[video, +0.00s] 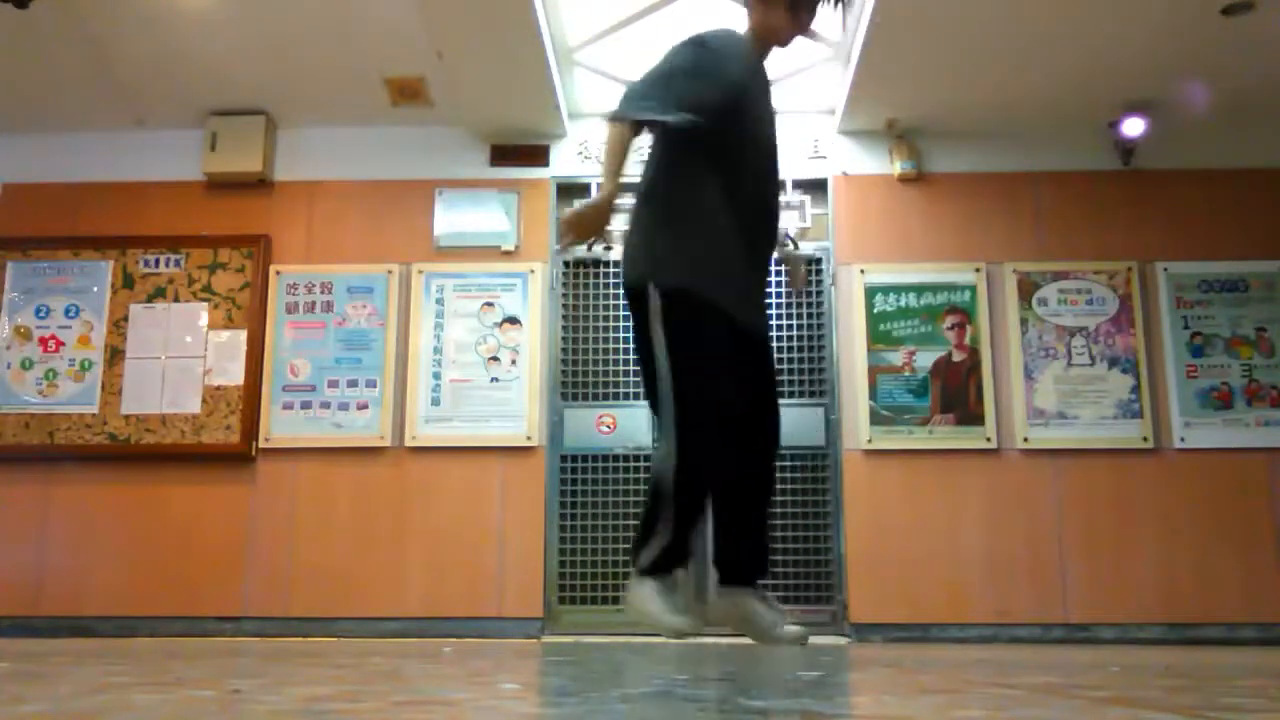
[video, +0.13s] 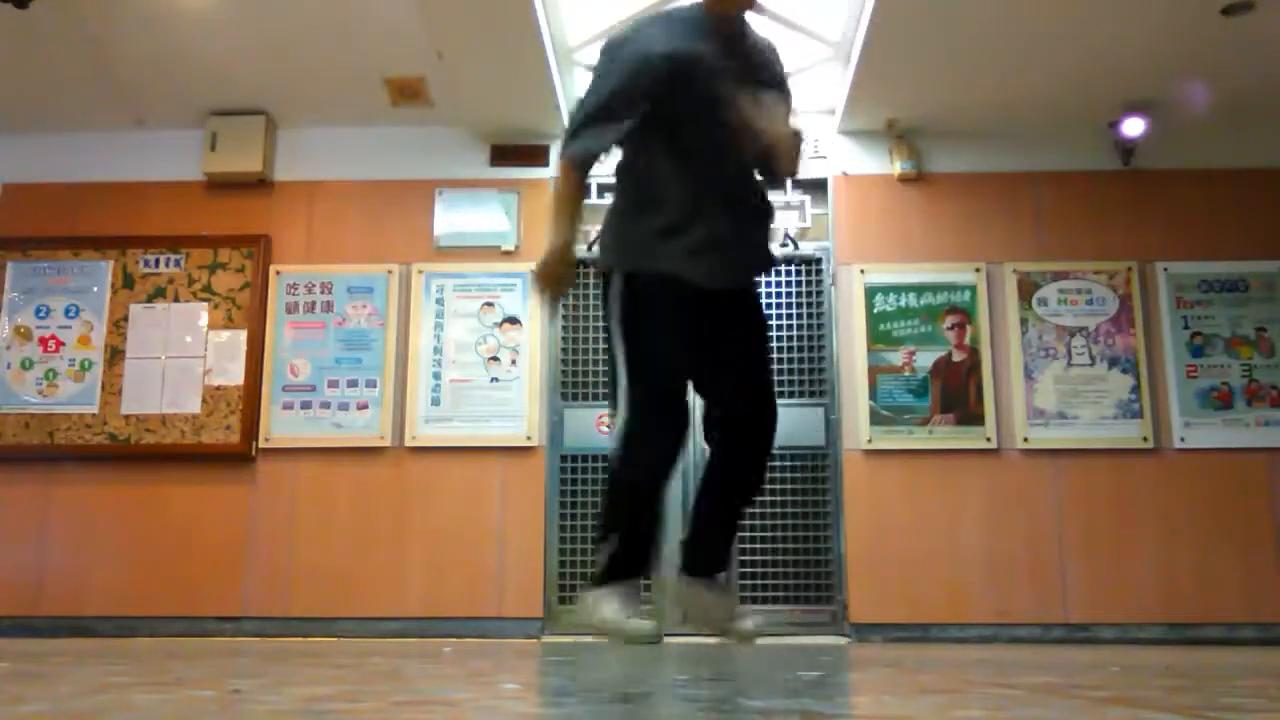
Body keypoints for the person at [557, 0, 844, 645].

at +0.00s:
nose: (806, 23)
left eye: (809, 13)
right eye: (802, 9)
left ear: (780, 12)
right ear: (767, 2)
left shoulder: (754, 82)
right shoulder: (716, 52)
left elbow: (733, 185)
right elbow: (627, 111)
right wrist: (605, 197)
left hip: (729, 280)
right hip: (674, 273)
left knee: (753, 428)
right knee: (692, 427)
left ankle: (735, 589)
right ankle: (652, 576)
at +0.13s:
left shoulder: (760, 58)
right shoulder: (651, 41)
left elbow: (787, 164)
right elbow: (578, 146)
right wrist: (561, 244)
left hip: (726, 273)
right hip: (647, 266)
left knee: (748, 427)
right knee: (656, 422)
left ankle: (701, 580)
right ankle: (615, 585)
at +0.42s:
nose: (635, 3)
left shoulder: (725, 18)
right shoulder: (580, 55)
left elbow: (804, 93)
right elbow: (535, 146)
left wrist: (814, 178)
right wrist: (543, 197)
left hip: (715, 256)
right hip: (622, 262)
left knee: (727, 409)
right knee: (613, 420)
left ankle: (717, 566)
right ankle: (637, 580)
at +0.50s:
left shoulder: (725, 10)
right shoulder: (580, 30)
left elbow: (811, 93)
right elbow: (531, 139)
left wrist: (835, 193)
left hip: (704, 214)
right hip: (620, 225)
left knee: (684, 375)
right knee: (614, 396)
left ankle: (690, 563)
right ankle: (677, 565)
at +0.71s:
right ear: (591, 3)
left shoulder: (701, 14)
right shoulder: (578, 52)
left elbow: (808, 79)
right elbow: (543, 133)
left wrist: (867, 151)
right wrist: (564, 23)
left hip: (724, 235)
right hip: (643, 255)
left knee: (710, 389)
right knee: (643, 415)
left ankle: (712, 571)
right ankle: (705, 571)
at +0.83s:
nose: (574, 12)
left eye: (579, 3)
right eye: (566, 8)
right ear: (561, 15)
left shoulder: (676, 21)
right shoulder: (565, 72)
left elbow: (790, 35)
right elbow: (550, 161)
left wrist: (838, 92)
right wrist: (567, 58)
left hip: (741, 239)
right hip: (660, 263)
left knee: (791, 388)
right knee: (658, 431)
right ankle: (708, 598)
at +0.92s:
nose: (595, 16)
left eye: (603, 5)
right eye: (583, 10)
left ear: (629, 5)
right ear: (569, 20)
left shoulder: (679, 38)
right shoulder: (586, 101)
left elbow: (755, 20)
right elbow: (541, 173)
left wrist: (815, 41)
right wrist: (567, 71)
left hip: (744, 275)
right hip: (661, 296)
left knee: (829, 417)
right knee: (638, 446)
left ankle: (953, 394)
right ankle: (711, 600)